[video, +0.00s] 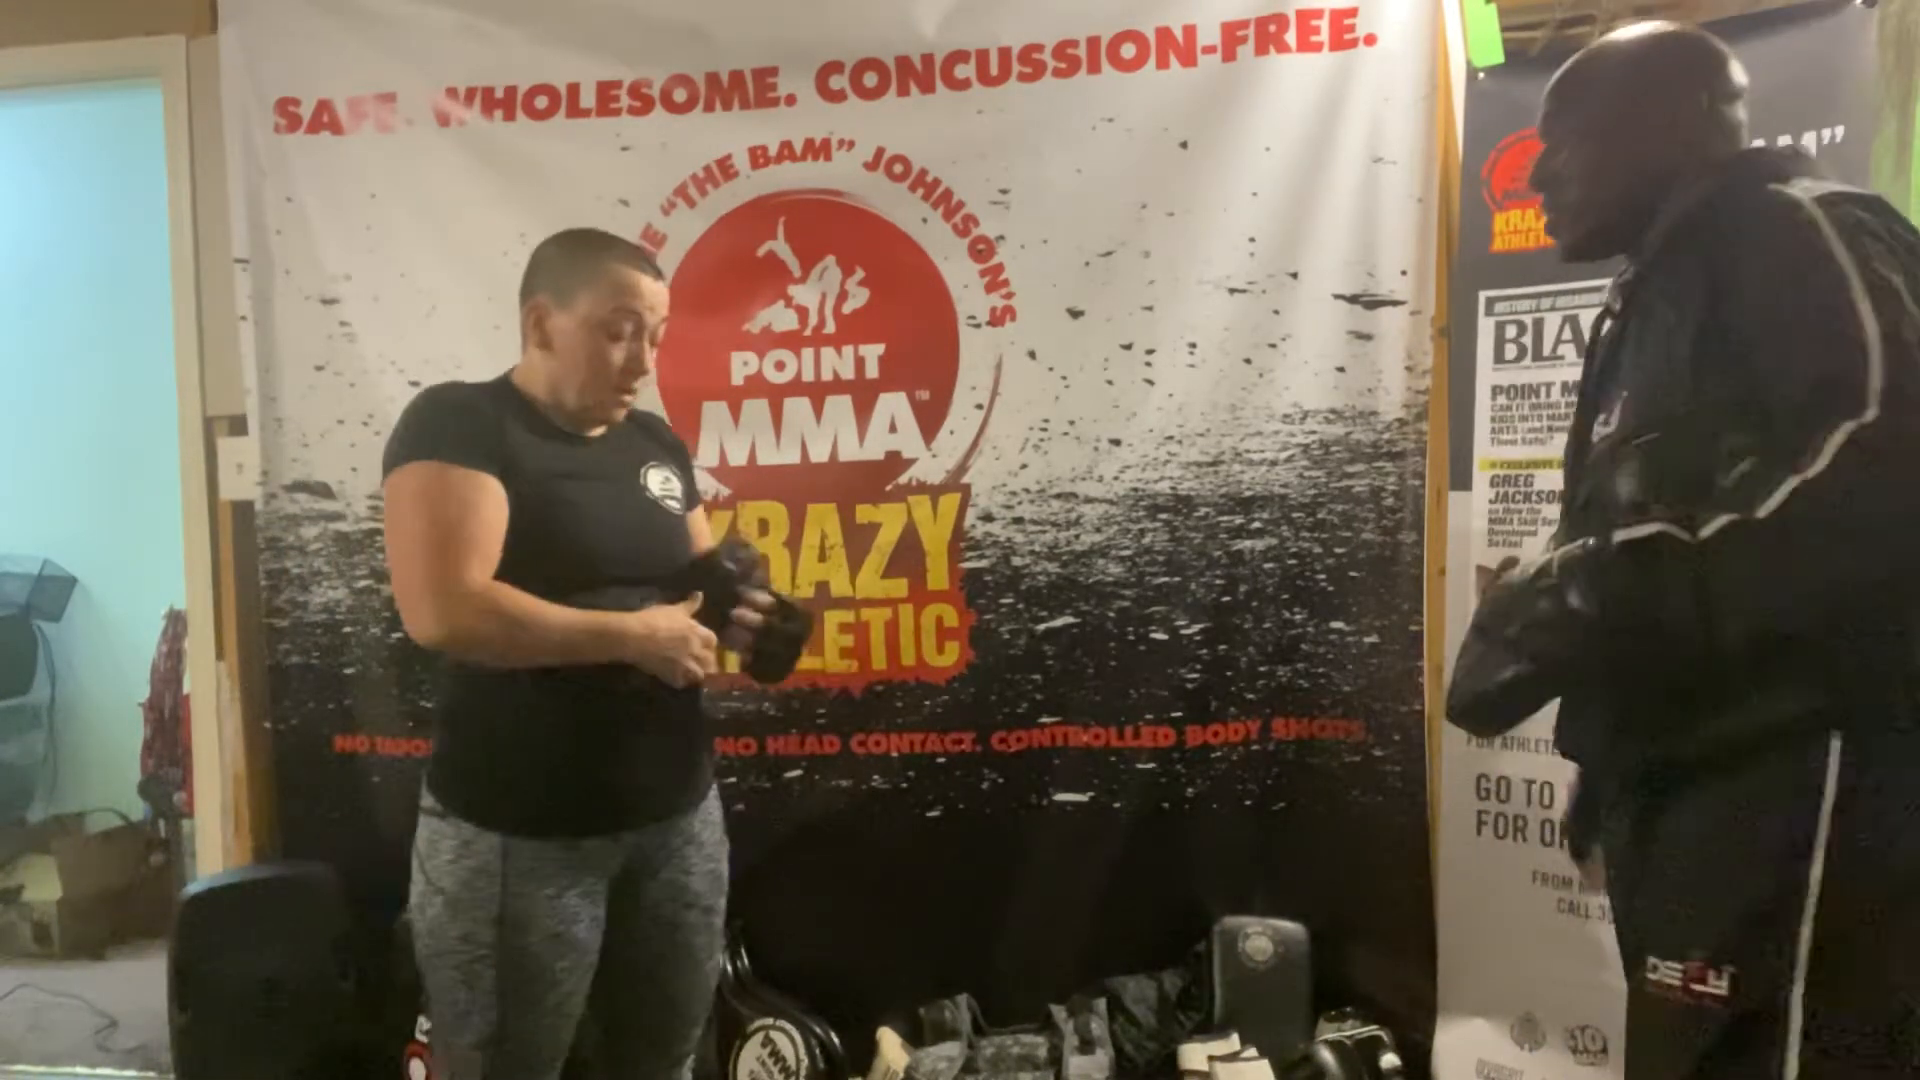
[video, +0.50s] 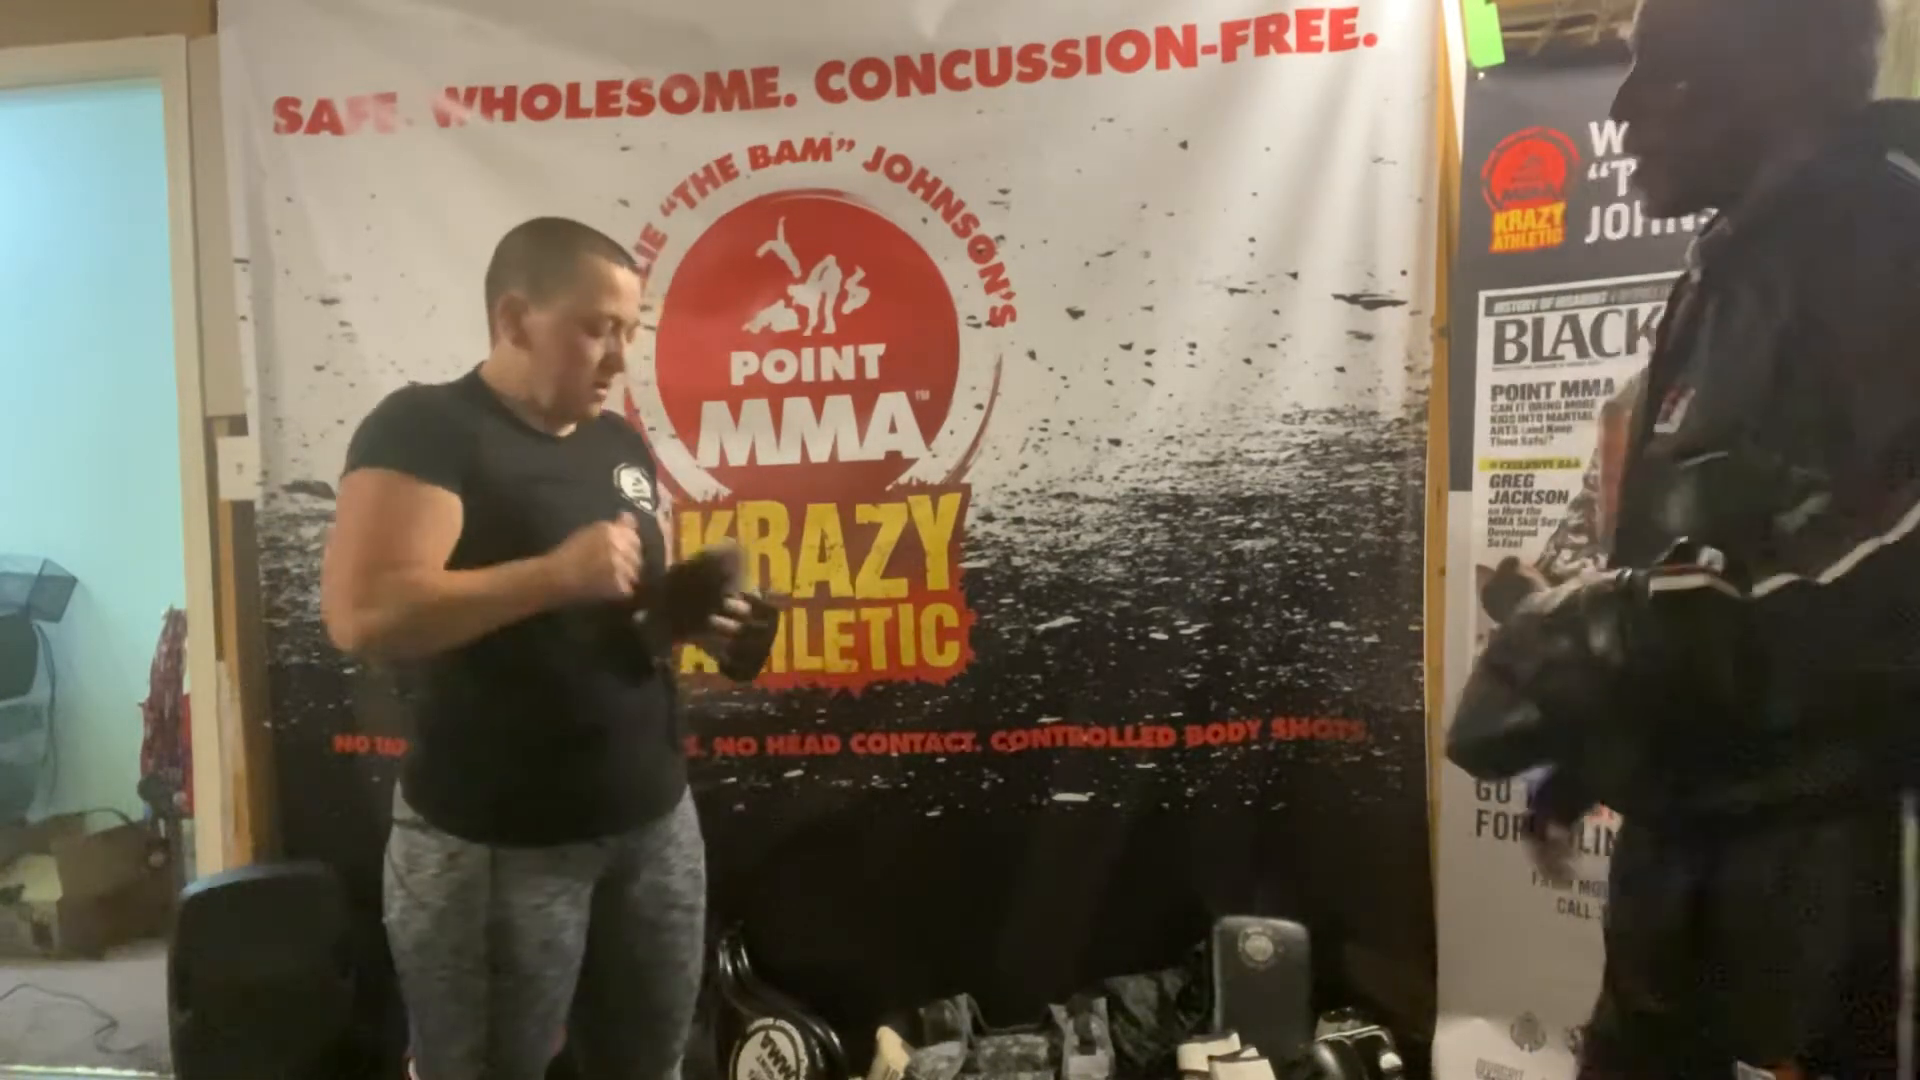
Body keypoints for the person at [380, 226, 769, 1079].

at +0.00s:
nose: (642, 362)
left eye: (652, 339)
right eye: (620, 333)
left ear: (657, 336)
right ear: (542, 323)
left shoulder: (654, 443)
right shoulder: (454, 423)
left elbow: (697, 589)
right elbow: (441, 608)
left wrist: (749, 620)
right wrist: (631, 635)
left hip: (673, 827)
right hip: (511, 840)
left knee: (656, 1065)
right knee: (500, 1067)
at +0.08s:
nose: (638, 363)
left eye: (646, 339)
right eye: (616, 335)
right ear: (533, 324)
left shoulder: (649, 445)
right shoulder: (446, 425)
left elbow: (686, 588)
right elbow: (437, 610)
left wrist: (732, 618)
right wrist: (628, 634)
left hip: (668, 830)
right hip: (505, 844)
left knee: (654, 1066)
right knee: (497, 1068)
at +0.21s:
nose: (628, 359)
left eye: (636, 335)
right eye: (606, 330)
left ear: (640, 335)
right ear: (521, 321)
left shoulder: (634, 442)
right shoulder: (435, 424)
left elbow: (675, 580)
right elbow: (422, 610)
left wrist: (725, 617)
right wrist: (612, 624)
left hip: (660, 833)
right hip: (495, 847)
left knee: (648, 1066)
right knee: (491, 1067)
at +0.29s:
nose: (621, 359)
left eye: (630, 336)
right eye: (600, 331)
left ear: (634, 336)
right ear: (516, 321)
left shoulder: (626, 442)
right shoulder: (427, 424)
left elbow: (663, 583)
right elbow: (412, 613)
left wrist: (714, 613)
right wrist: (605, 622)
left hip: (655, 834)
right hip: (492, 849)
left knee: (649, 1066)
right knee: (487, 1067)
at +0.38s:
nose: (617, 360)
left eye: (627, 336)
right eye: (599, 332)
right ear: (515, 319)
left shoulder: (621, 445)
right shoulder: (423, 426)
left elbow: (644, 601)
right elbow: (404, 616)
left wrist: (702, 619)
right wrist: (601, 617)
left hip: (652, 831)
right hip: (490, 849)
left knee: (645, 1066)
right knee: (485, 1068)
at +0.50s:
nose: (621, 356)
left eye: (629, 333)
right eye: (602, 329)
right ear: (516, 319)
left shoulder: (619, 448)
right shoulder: (420, 430)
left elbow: (638, 612)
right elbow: (363, 611)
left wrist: (701, 616)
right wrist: (553, 576)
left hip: (650, 832)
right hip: (490, 850)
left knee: (643, 1066)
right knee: (482, 1069)